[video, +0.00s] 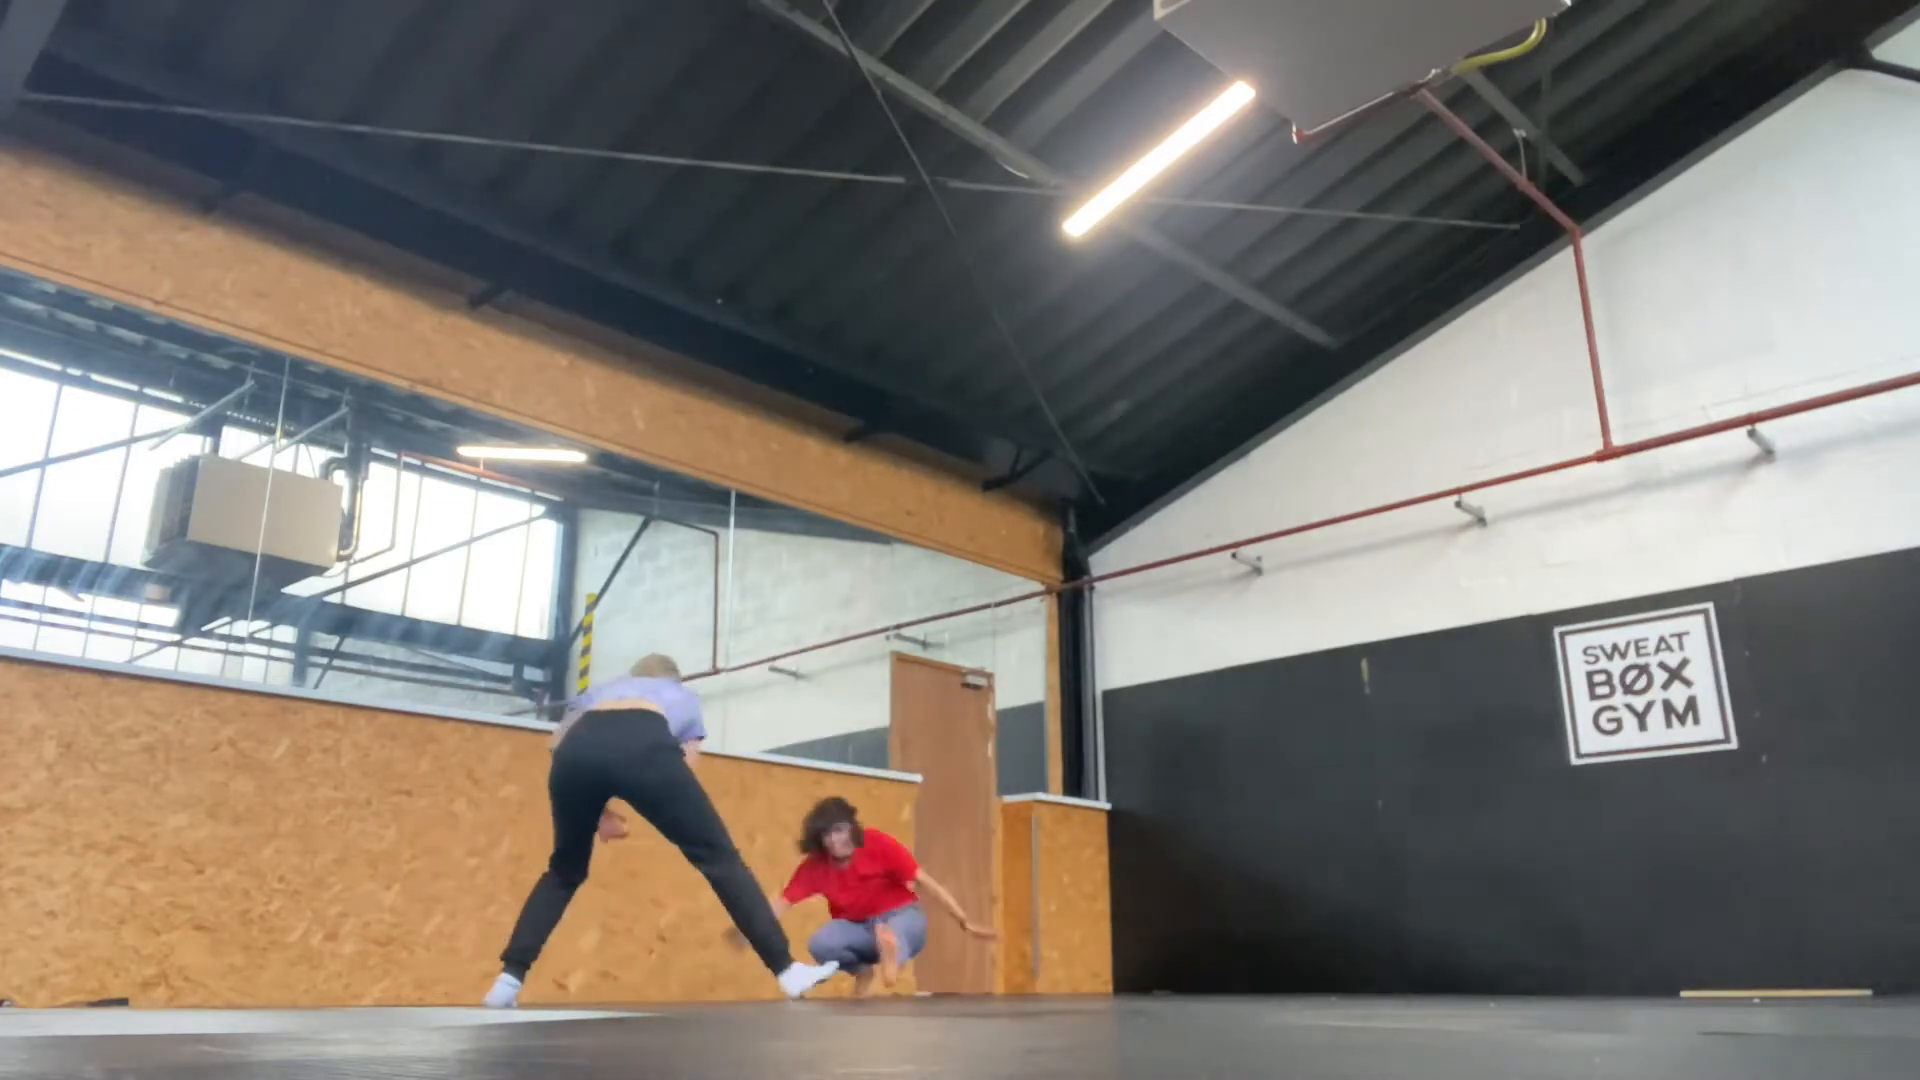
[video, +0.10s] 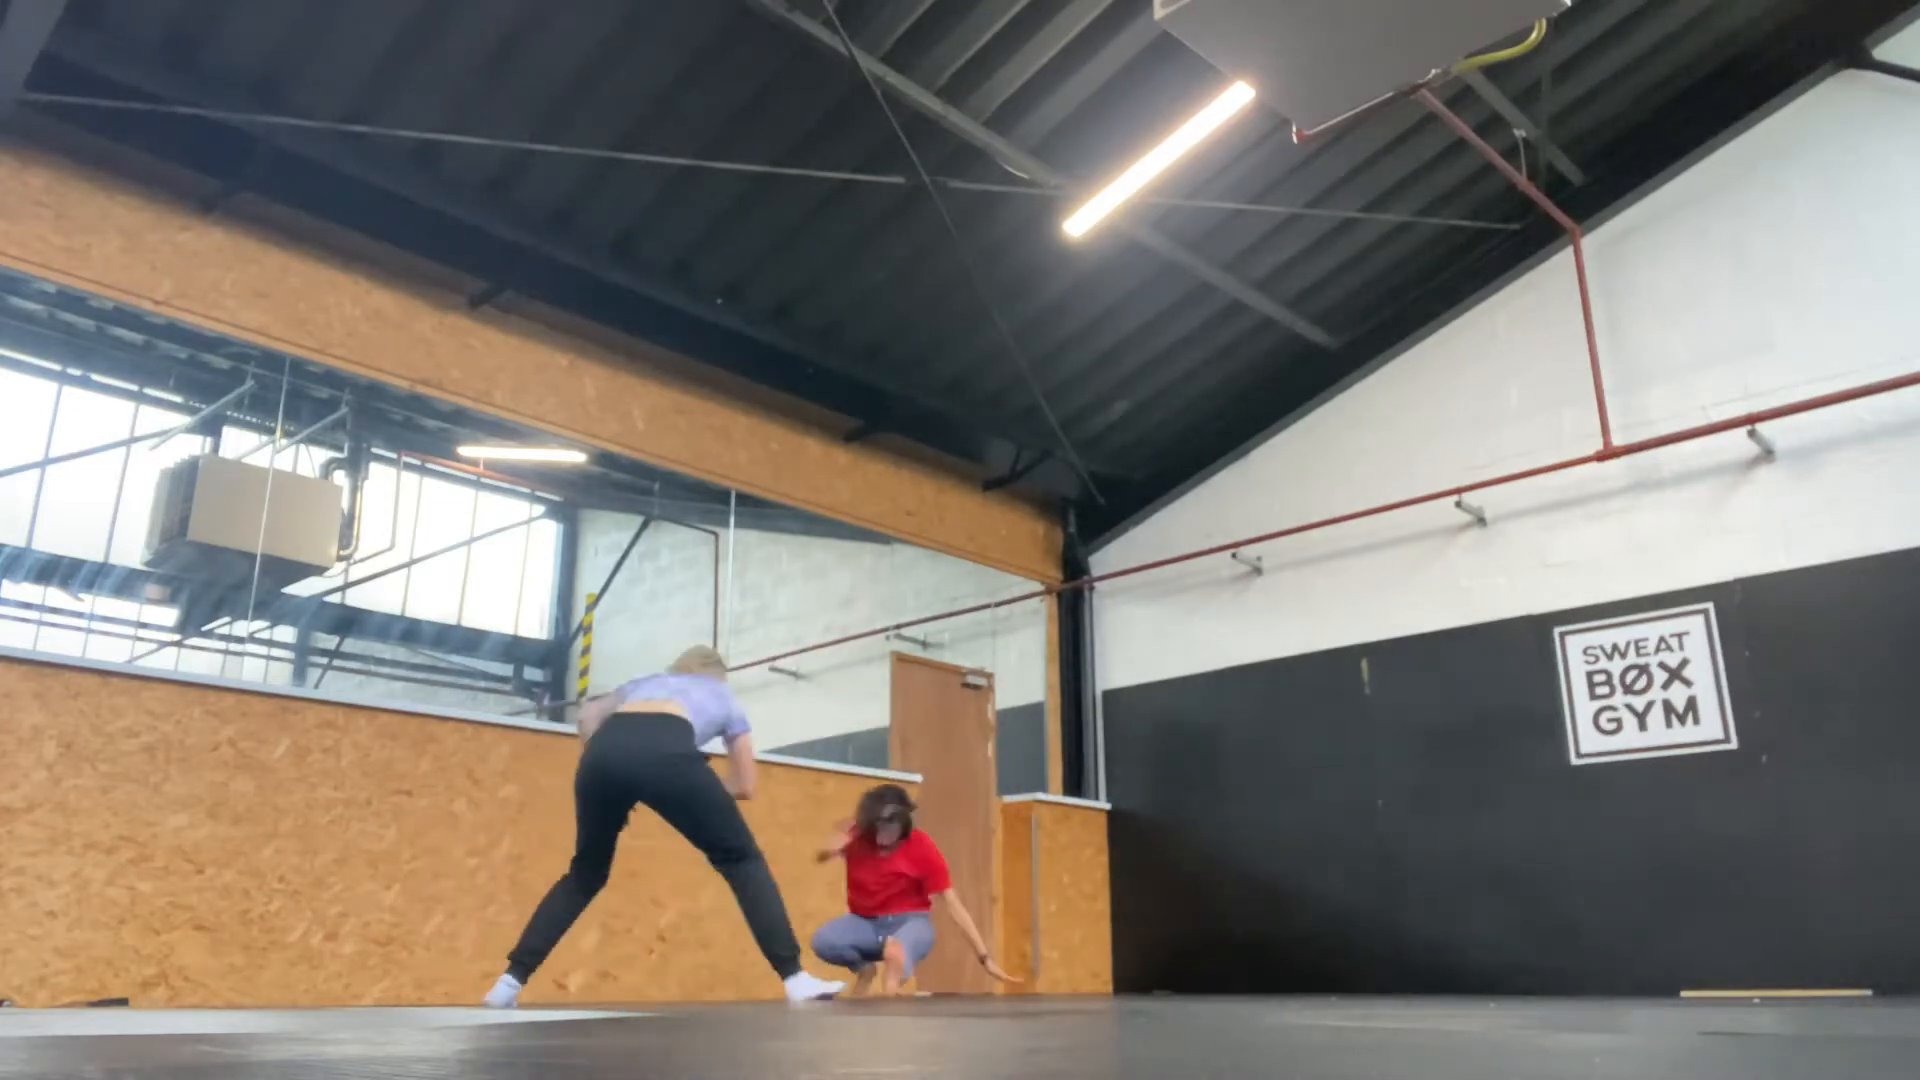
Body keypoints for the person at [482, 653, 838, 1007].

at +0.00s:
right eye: (676, 683)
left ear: (635, 674)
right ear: (676, 678)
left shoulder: (601, 689)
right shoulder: (685, 697)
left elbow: (561, 750)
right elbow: (683, 767)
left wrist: (596, 815)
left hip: (578, 747)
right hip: (644, 745)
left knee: (564, 869)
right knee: (719, 858)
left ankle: (508, 980)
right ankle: (787, 970)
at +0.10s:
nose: (722, 686)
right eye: (723, 679)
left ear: (679, 668)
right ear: (720, 675)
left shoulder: (645, 683)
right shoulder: (725, 699)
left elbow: (587, 714)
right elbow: (744, 786)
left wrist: (602, 760)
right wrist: (702, 782)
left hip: (605, 751)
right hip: (668, 752)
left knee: (586, 873)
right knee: (741, 861)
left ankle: (509, 984)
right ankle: (796, 979)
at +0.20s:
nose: (779, 681)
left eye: (776, 677)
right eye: (777, 675)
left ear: (731, 666)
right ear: (769, 673)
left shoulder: (696, 676)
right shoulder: (774, 694)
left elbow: (636, 692)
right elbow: (822, 768)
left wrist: (649, 744)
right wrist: (811, 791)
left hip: (643, 741)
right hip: (704, 745)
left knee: (593, 869)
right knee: (776, 857)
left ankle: (509, 983)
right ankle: (803, 981)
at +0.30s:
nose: (826, 694)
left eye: (823, 688)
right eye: (825, 688)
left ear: (779, 665)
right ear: (815, 678)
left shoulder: (740, 672)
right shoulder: (816, 695)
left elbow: (680, 681)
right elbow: (875, 753)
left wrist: (685, 716)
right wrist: (910, 784)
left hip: (677, 727)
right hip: (735, 737)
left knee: (605, 850)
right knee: (797, 850)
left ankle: (519, 974)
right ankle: (804, 981)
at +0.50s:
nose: (883, 692)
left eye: (883, 684)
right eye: (881, 685)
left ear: (834, 663)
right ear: (866, 674)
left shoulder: (794, 669)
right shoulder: (856, 685)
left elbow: (737, 684)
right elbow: (907, 720)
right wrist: (975, 756)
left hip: (705, 718)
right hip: (761, 726)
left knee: (646, 846)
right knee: (814, 850)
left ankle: (556, 933)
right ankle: (808, 980)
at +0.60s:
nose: (890, 671)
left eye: (892, 664)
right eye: (890, 662)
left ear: (845, 640)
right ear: (873, 650)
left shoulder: (795, 661)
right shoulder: (857, 664)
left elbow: (725, 683)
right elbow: (863, 681)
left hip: (709, 719)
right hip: (764, 728)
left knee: (661, 846)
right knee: (816, 850)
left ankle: (581, 917)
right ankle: (808, 978)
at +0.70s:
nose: (881, 639)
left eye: (883, 631)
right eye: (880, 630)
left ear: (835, 615)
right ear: (863, 624)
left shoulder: (785, 641)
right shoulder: (847, 638)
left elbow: (723, 674)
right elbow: (831, 653)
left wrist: (724, 679)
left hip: (706, 715)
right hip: (762, 719)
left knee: (665, 845)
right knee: (809, 849)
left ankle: (587, 917)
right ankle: (808, 979)